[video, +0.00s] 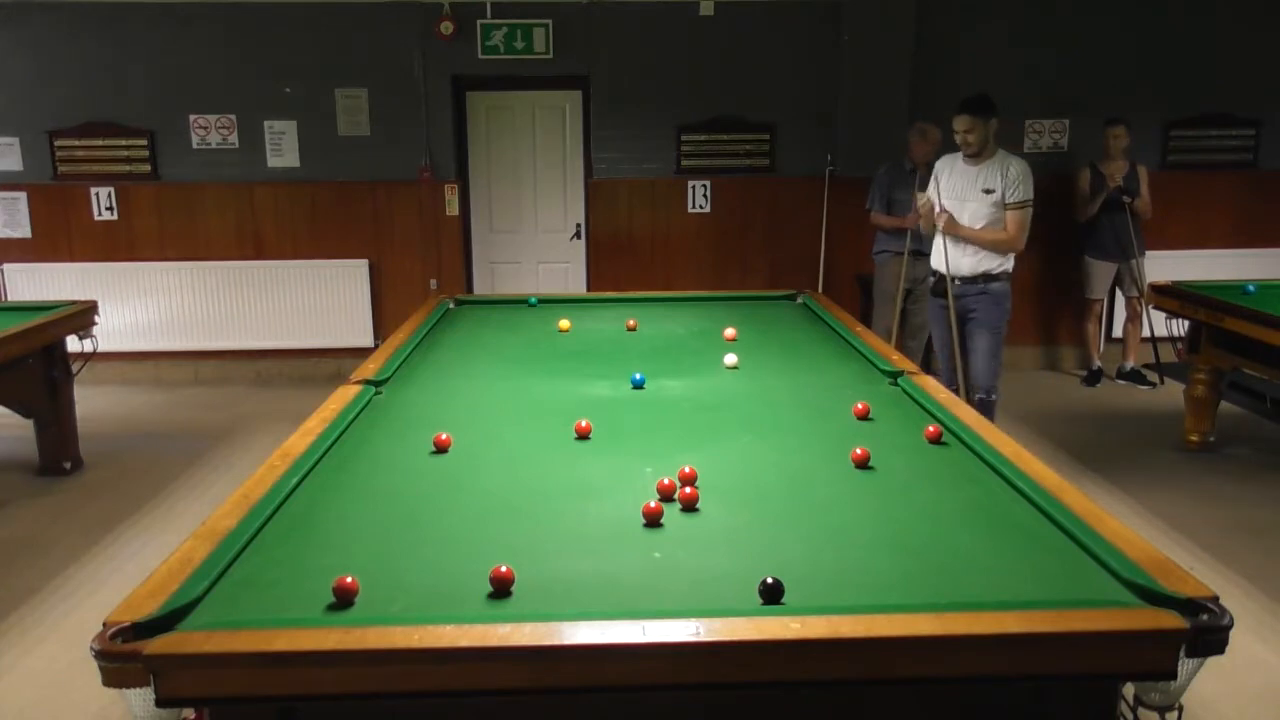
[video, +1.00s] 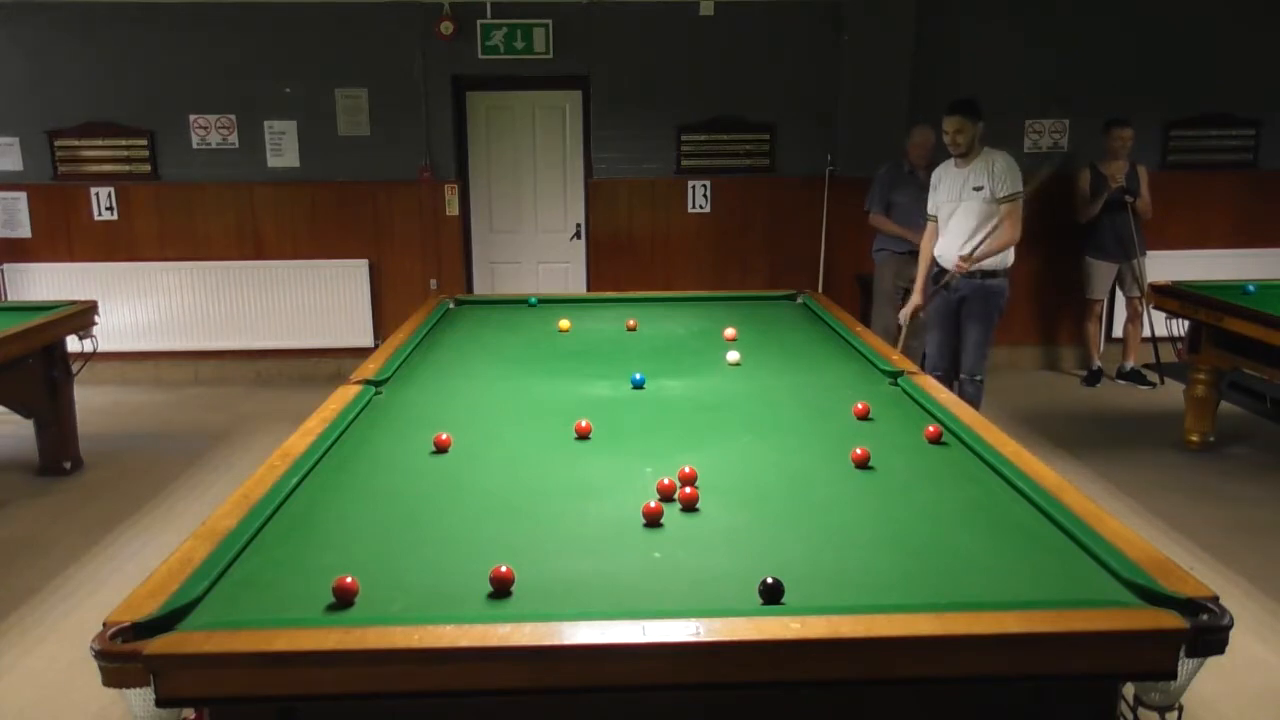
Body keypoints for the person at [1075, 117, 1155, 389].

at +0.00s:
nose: (1117, 142)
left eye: (1121, 137)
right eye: (1112, 137)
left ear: (1128, 140)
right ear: (1104, 140)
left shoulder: (1138, 171)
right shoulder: (1089, 172)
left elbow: (1146, 211)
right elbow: (1082, 214)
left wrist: (1130, 196)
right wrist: (1105, 191)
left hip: (1131, 250)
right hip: (1099, 250)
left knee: (1135, 309)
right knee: (1093, 309)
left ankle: (1128, 366)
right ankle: (1094, 365)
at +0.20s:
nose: (1118, 142)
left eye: (1122, 137)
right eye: (1113, 137)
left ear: (1129, 140)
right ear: (1105, 140)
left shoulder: (1138, 171)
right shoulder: (1089, 172)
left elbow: (1146, 211)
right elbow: (1082, 214)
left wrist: (1129, 196)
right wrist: (1105, 191)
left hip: (1132, 250)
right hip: (1099, 250)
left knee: (1135, 309)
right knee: (1093, 310)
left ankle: (1128, 366)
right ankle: (1094, 365)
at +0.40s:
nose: (1118, 142)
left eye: (1122, 137)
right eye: (1113, 137)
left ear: (1129, 140)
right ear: (1105, 140)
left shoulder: (1138, 170)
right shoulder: (1089, 172)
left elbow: (1146, 211)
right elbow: (1083, 214)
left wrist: (1129, 195)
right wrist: (1106, 191)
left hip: (1132, 250)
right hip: (1099, 250)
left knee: (1136, 309)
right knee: (1094, 310)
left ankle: (1128, 366)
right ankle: (1094, 365)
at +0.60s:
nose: (1120, 144)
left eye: (1124, 139)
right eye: (1115, 139)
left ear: (1130, 141)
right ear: (1106, 140)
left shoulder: (1138, 171)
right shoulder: (1089, 173)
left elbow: (1146, 211)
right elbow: (1083, 214)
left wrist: (1129, 195)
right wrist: (1106, 190)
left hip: (1132, 250)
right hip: (1100, 250)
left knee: (1136, 309)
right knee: (1094, 309)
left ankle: (1128, 366)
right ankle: (1094, 365)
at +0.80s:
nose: (1123, 144)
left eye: (1127, 140)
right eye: (1118, 139)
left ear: (1132, 142)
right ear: (1106, 140)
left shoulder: (1138, 171)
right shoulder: (1089, 173)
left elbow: (1146, 211)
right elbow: (1083, 214)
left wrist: (1130, 196)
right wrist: (1106, 191)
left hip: (1132, 251)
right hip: (1099, 251)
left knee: (1136, 309)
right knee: (1094, 310)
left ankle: (1128, 366)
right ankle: (1094, 365)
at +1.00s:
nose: (1124, 145)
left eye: (1128, 140)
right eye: (1119, 139)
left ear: (1133, 142)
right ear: (1107, 140)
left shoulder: (1138, 171)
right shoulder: (1089, 172)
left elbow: (1147, 211)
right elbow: (1083, 215)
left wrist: (1132, 197)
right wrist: (1106, 191)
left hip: (1132, 251)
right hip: (1099, 251)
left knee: (1136, 309)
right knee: (1094, 310)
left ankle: (1128, 366)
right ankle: (1094, 365)